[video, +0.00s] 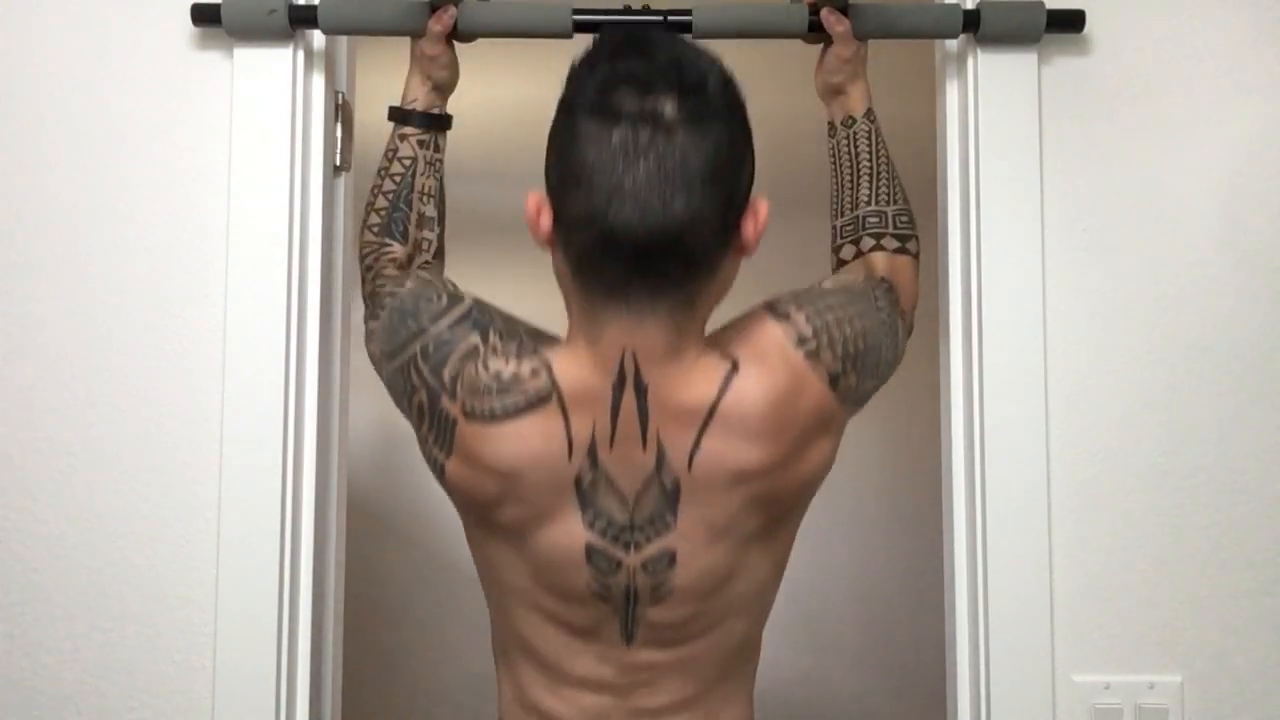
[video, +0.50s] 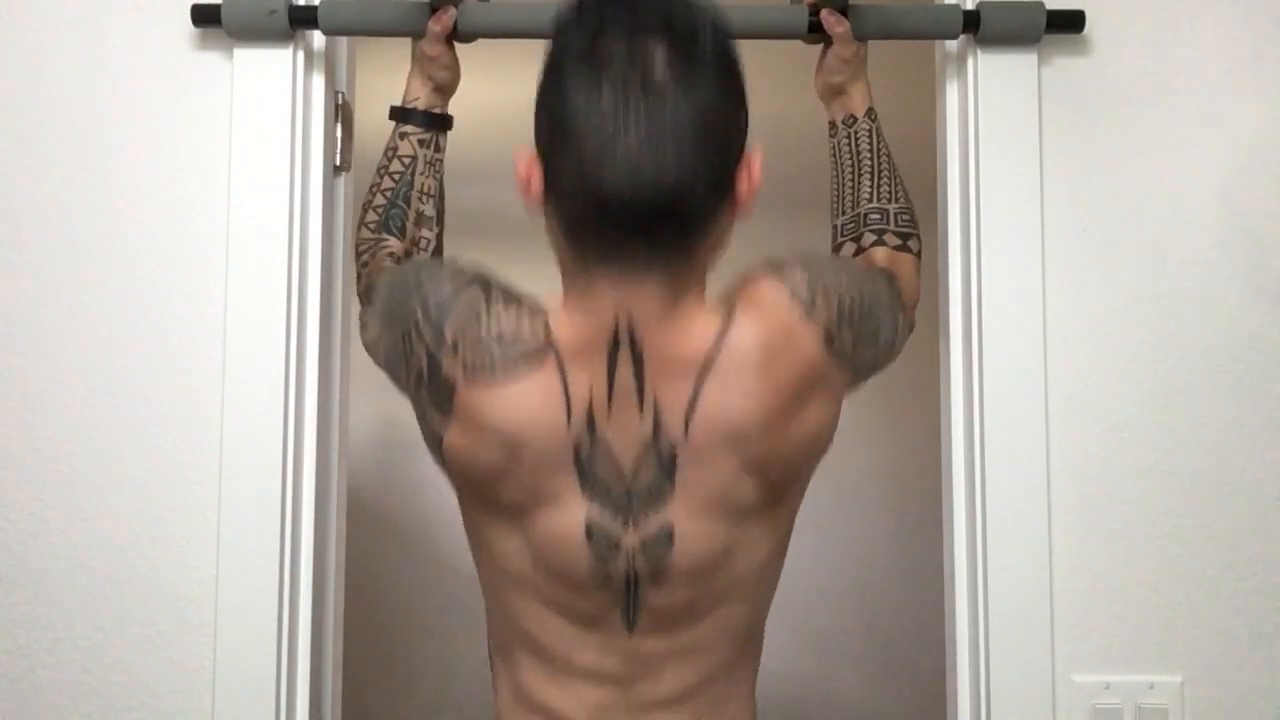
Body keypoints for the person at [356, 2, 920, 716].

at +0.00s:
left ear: (541, 223)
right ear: (750, 231)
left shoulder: (483, 402)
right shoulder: (787, 391)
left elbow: (393, 263)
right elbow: (886, 264)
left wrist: (424, 93)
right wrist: (849, 97)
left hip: (533, 712)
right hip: (718, 713)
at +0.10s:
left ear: (538, 254)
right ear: (747, 259)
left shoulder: (488, 423)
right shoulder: (784, 408)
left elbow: (397, 270)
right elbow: (881, 273)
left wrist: (425, 92)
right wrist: (849, 97)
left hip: (532, 711)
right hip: (719, 711)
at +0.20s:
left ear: (537, 279)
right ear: (744, 284)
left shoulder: (491, 437)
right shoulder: (781, 424)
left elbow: (403, 273)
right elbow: (880, 278)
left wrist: (426, 94)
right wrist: (849, 98)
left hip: (532, 712)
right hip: (720, 713)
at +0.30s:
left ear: (536, 287)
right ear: (743, 293)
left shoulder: (492, 441)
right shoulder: (780, 426)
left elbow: (403, 276)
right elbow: (875, 282)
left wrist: (427, 94)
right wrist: (848, 99)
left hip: (532, 713)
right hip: (721, 713)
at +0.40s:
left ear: (533, 256)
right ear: (745, 258)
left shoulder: (489, 419)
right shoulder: (782, 401)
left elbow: (397, 270)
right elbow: (880, 269)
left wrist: (425, 96)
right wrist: (849, 99)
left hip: (530, 713)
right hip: (718, 714)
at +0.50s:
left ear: (531, 183)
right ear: (746, 186)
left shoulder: (474, 365)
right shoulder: (793, 346)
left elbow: (386, 255)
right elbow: (889, 261)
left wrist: (425, 95)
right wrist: (849, 98)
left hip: (531, 708)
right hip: (718, 709)